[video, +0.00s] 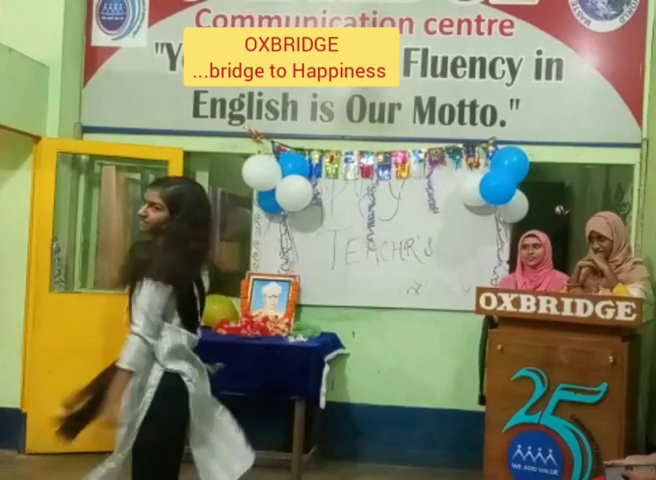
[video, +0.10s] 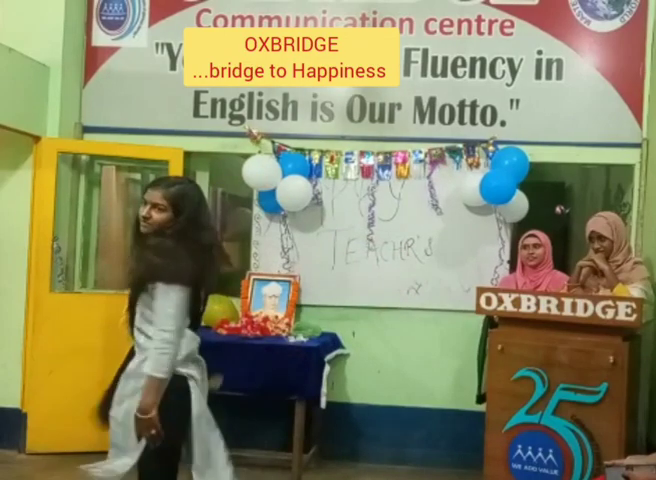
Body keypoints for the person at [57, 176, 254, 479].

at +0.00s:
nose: (142, 212)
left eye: (154, 207)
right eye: (145, 204)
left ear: (178, 216)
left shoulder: (163, 263)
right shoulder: (191, 262)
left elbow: (141, 336)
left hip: (164, 386)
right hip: (183, 383)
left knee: (150, 470)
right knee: (161, 468)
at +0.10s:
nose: (145, 213)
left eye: (157, 208)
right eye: (145, 204)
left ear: (181, 217)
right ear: (142, 203)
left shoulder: (174, 258)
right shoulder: (164, 255)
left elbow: (167, 337)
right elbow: (164, 335)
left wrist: (147, 404)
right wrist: (147, 400)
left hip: (167, 386)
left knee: (156, 471)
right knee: (151, 470)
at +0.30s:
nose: (162, 214)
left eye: (173, 208)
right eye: (156, 205)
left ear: (193, 215)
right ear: (148, 206)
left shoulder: (206, 259)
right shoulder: (146, 254)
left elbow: (251, 301)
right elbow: (120, 291)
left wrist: (209, 333)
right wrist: (113, 317)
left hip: (189, 382)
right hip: (150, 377)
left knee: (165, 468)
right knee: (143, 462)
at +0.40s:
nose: (179, 216)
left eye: (190, 209)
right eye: (171, 206)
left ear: (205, 214)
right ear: (160, 207)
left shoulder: (218, 260)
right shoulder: (152, 255)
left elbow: (278, 269)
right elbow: (107, 266)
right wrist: (98, 289)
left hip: (204, 378)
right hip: (162, 374)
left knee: (174, 468)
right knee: (139, 459)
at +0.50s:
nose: (203, 227)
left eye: (210, 220)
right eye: (194, 219)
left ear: (221, 225)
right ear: (176, 223)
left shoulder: (232, 268)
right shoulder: (164, 266)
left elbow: (271, 249)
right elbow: (117, 265)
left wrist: (220, 226)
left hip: (220, 384)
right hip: (176, 381)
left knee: (188, 469)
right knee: (149, 464)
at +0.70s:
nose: (244, 232)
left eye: (251, 224)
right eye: (235, 224)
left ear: (261, 226)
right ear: (216, 226)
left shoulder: (264, 276)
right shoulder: (198, 270)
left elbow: (270, 331)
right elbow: (170, 333)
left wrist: (224, 319)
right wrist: (129, 306)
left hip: (246, 396)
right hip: (202, 391)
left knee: (239, 470)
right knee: (174, 467)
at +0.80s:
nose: (256, 251)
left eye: (264, 242)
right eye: (247, 242)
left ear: (278, 245)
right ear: (233, 246)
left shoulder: (288, 295)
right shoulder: (220, 292)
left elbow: (290, 357)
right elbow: (208, 352)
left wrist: (263, 400)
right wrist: (191, 391)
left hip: (261, 412)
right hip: (214, 406)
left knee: (238, 472)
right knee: (193, 470)